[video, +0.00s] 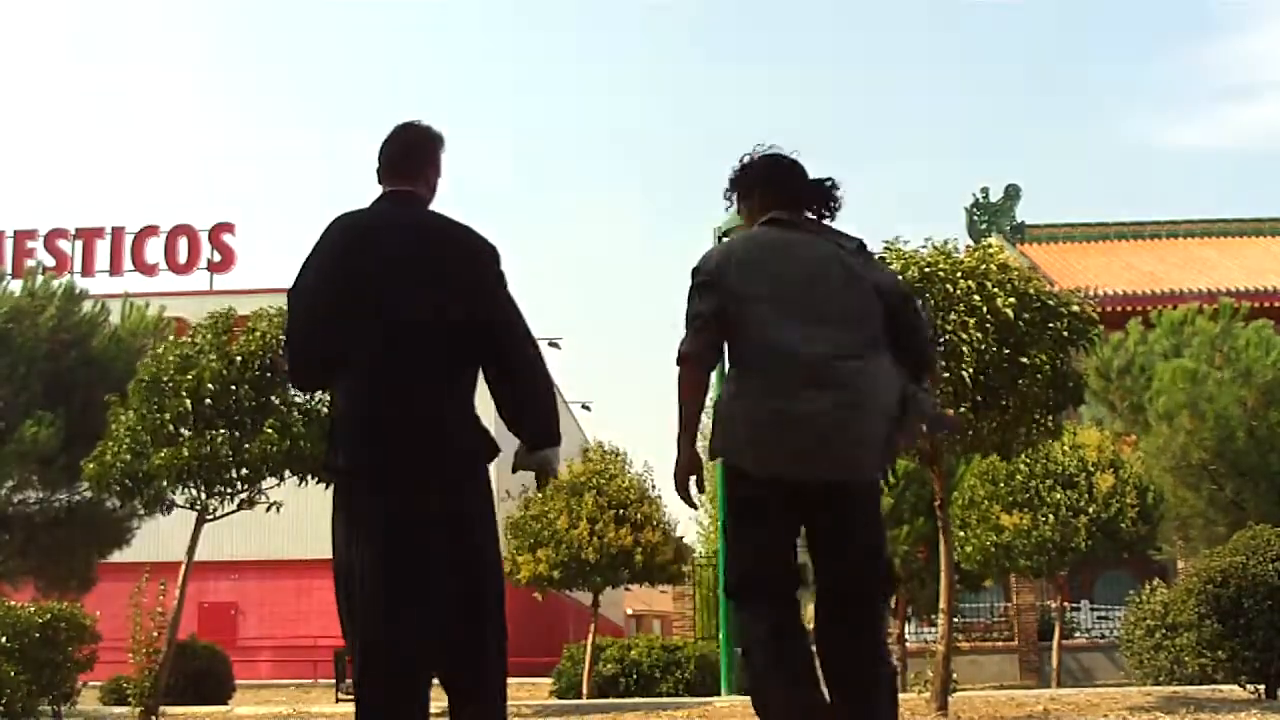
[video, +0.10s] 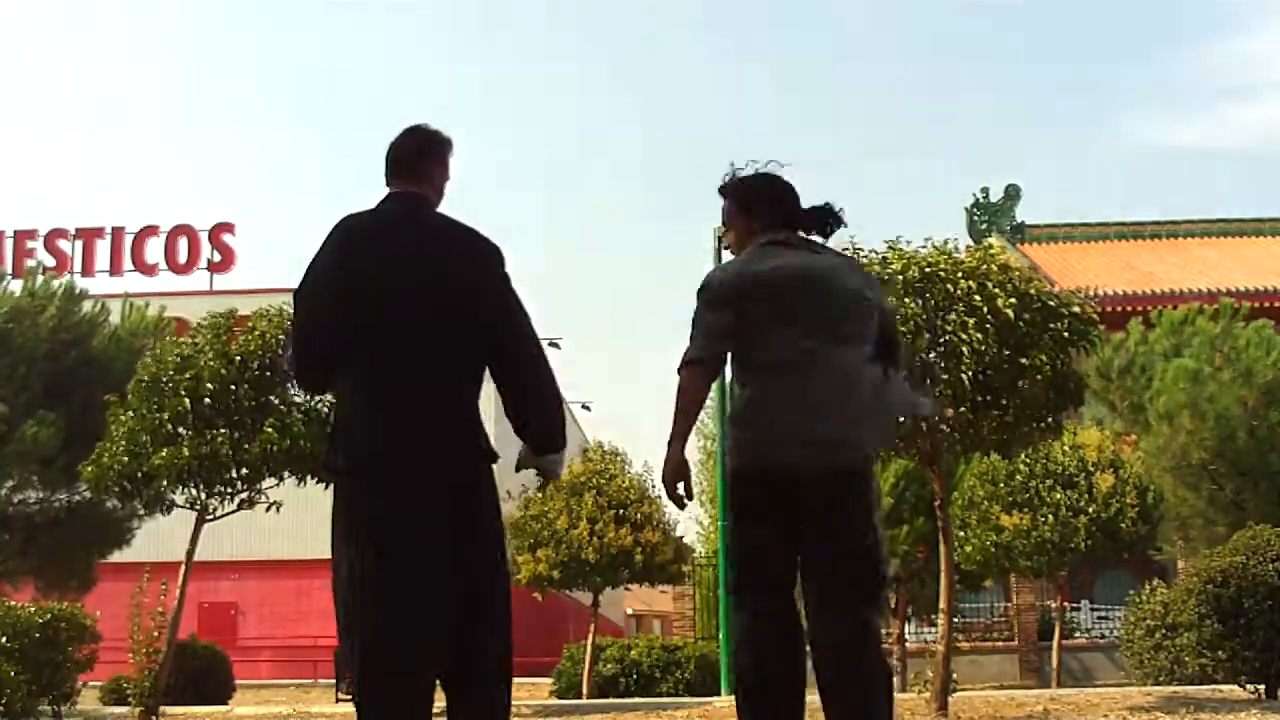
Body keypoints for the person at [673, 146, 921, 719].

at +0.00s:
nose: (734, 214)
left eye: (737, 205)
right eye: (736, 204)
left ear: (752, 204)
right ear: (805, 202)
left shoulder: (726, 257)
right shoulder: (858, 257)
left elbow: (696, 355)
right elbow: (919, 344)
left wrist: (685, 444)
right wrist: (907, 407)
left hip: (758, 456)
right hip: (850, 456)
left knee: (762, 599)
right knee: (855, 601)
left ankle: (792, 711)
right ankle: (866, 711)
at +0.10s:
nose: (724, 237)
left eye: (728, 223)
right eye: (724, 224)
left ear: (750, 220)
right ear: (790, 220)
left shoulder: (732, 279)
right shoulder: (859, 278)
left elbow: (701, 365)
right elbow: (888, 367)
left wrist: (676, 448)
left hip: (760, 466)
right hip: (844, 466)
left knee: (762, 611)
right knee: (848, 611)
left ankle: (770, 714)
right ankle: (861, 713)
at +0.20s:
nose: (709, 265)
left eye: (717, 251)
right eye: (710, 252)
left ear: (747, 250)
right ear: (776, 249)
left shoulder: (726, 310)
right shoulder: (841, 307)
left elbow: (702, 387)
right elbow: (863, 393)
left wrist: (672, 461)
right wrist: (842, 447)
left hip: (757, 488)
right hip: (835, 485)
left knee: (760, 627)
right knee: (844, 617)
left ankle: (778, 717)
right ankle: (860, 714)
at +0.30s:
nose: (697, 277)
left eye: (705, 265)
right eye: (698, 265)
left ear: (739, 265)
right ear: (752, 265)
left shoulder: (721, 327)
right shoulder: (815, 319)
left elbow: (698, 412)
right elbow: (849, 400)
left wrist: (666, 479)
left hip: (753, 494)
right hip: (827, 492)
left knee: (752, 613)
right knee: (832, 599)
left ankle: (781, 713)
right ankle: (860, 698)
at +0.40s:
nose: (696, 273)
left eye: (702, 262)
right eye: (695, 263)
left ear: (730, 260)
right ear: (749, 259)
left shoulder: (729, 315)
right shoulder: (794, 310)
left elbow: (704, 407)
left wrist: (659, 478)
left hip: (754, 486)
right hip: (811, 484)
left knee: (753, 611)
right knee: (810, 606)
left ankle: (769, 711)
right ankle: (839, 708)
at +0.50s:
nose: (697, 278)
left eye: (704, 267)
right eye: (694, 268)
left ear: (737, 267)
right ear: (742, 270)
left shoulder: (738, 322)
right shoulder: (778, 318)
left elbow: (703, 408)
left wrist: (652, 460)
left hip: (758, 479)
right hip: (792, 476)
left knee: (760, 605)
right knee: (781, 602)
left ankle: (776, 710)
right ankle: (799, 708)